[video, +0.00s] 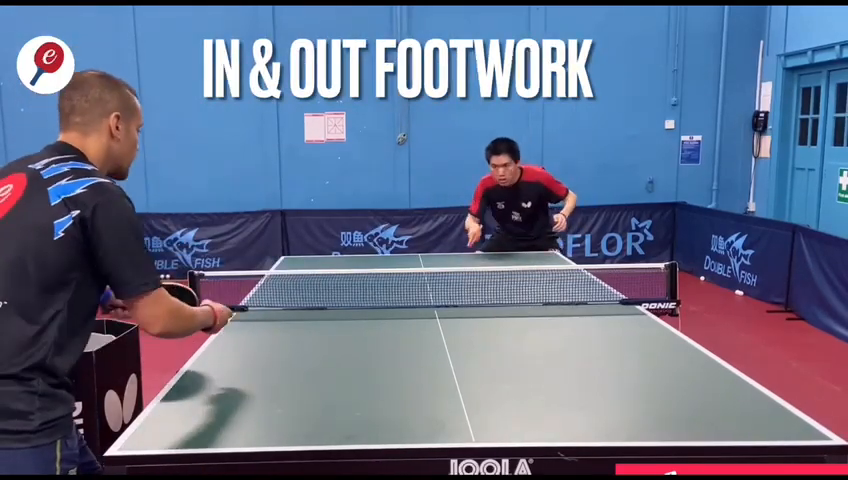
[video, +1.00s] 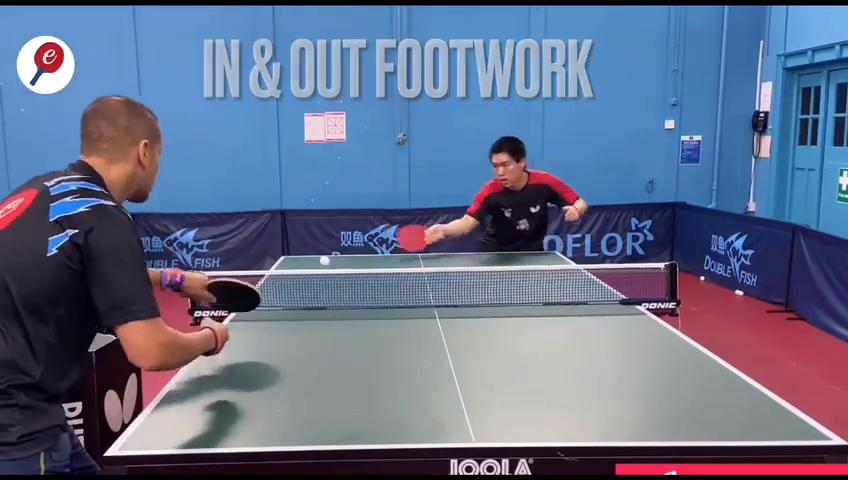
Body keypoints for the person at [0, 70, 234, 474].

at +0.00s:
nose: (137, 146)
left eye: (139, 133)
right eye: (137, 132)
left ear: (67, 123)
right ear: (114, 126)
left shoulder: (12, 174)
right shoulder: (99, 195)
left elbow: (26, 289)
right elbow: (157, 318)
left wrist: (102, 302)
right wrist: (209, 315)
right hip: (28, 429)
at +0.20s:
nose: (154, 173)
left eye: (159, 159)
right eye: (156, 157)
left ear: (89, 140)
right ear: (136, 147)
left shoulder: (25, 185)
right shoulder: (121, 210)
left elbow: (42, 277)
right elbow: (191, 313)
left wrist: (124, 290)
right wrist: (238, 308)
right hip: (23, 420)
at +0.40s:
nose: (162, 186)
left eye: (167, 173)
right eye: (165, 172)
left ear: (99, 152)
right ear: (145, 161)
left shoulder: (31, 192)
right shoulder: (131, 221)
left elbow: (48, 286)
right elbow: (198, 324)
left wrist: (140, 309)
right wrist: (239, 318)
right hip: (21, 430)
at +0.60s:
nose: (172, 209)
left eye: (176, 196)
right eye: (176, 193)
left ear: (114, 170)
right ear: (160, 181)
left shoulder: (47, 206)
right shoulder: (134, 235)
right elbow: (189, 356)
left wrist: (171, 314)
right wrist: (237, 349)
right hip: (21, 429)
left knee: (88, 468)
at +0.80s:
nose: (171, 203)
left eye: (176, 190)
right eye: (175, 189)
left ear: (111, 172)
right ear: (159, 181)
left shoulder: (65, 207)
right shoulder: (119, 232)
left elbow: (127, 275)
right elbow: (173, 356)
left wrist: (201, 287)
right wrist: (226, 341)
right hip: (14, 418)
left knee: (88, 469)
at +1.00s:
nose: (156, 170)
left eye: (158, 158)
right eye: (158, 158)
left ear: (90, 145)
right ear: (142, 153)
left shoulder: (37, 191)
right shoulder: (103, 217)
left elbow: (79, 280)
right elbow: (149, 350)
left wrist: (174, 280)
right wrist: (206, 339)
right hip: (23, 431)